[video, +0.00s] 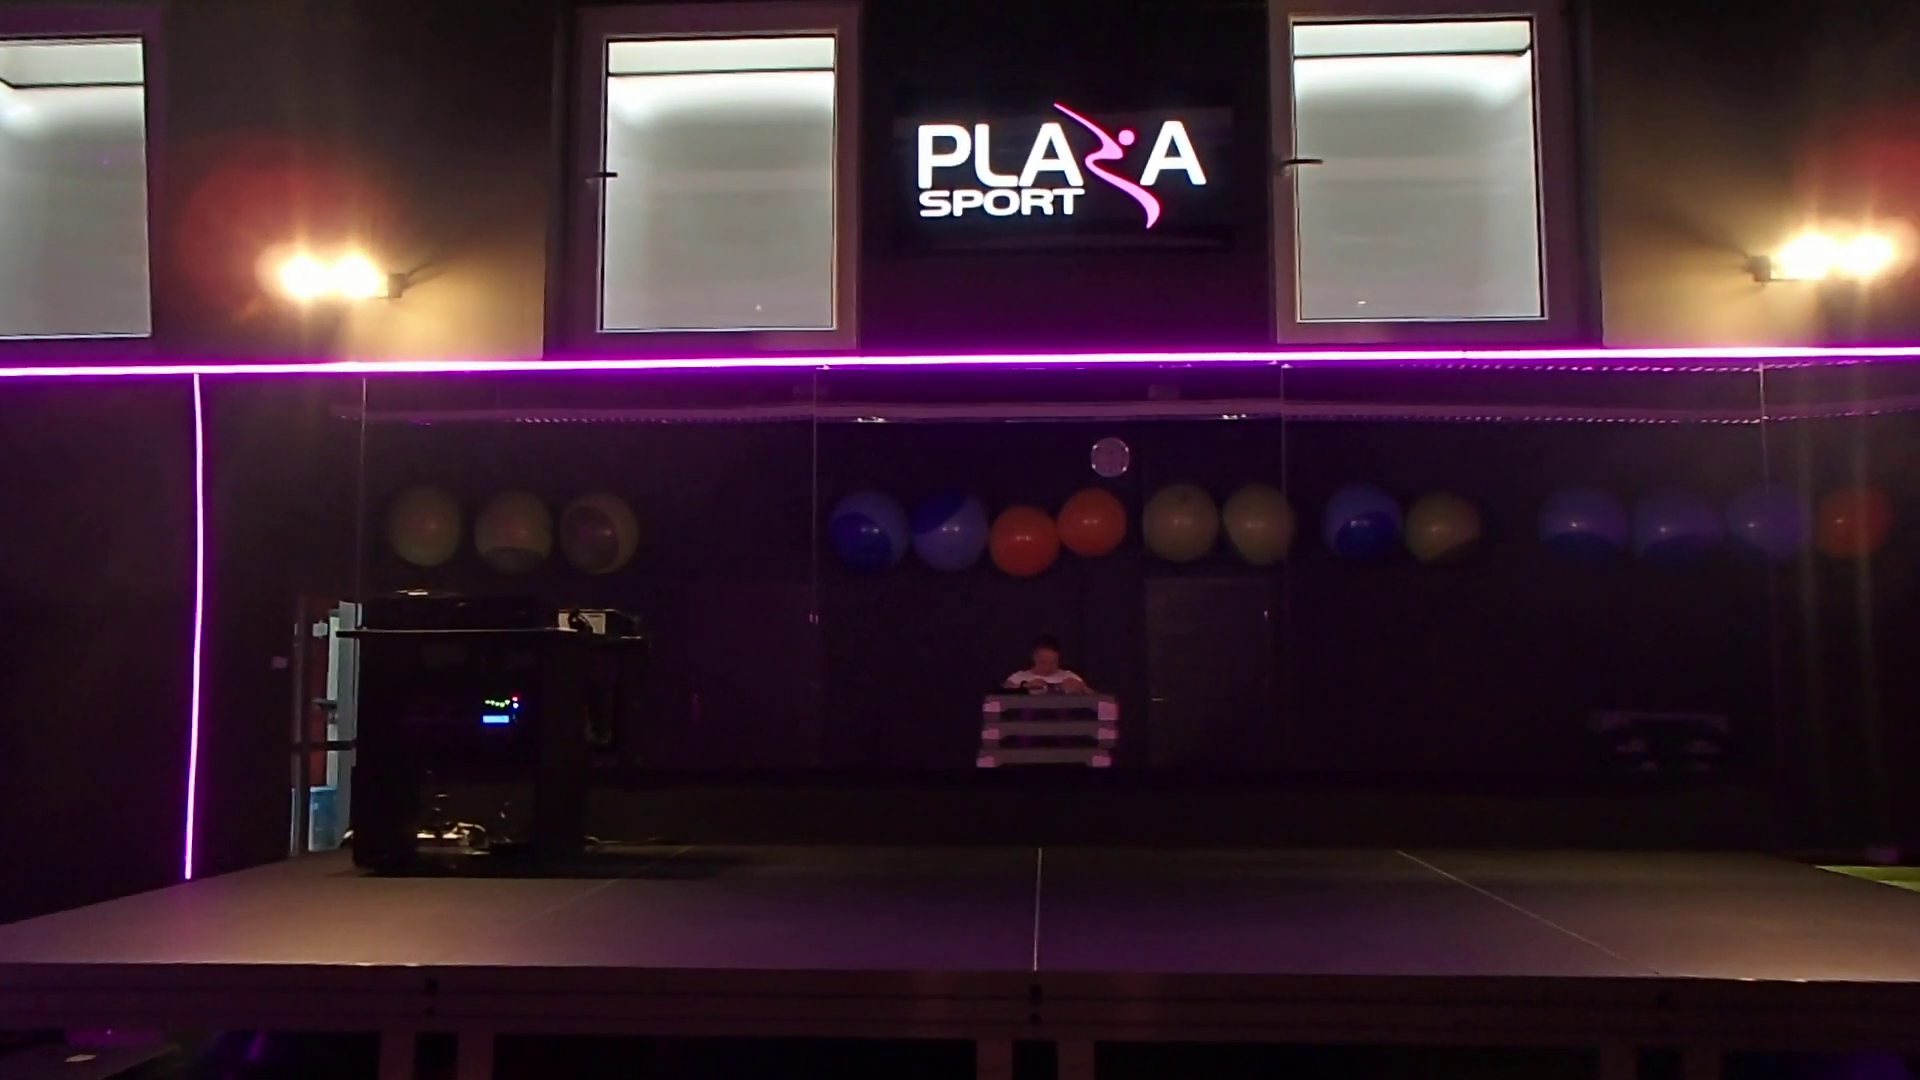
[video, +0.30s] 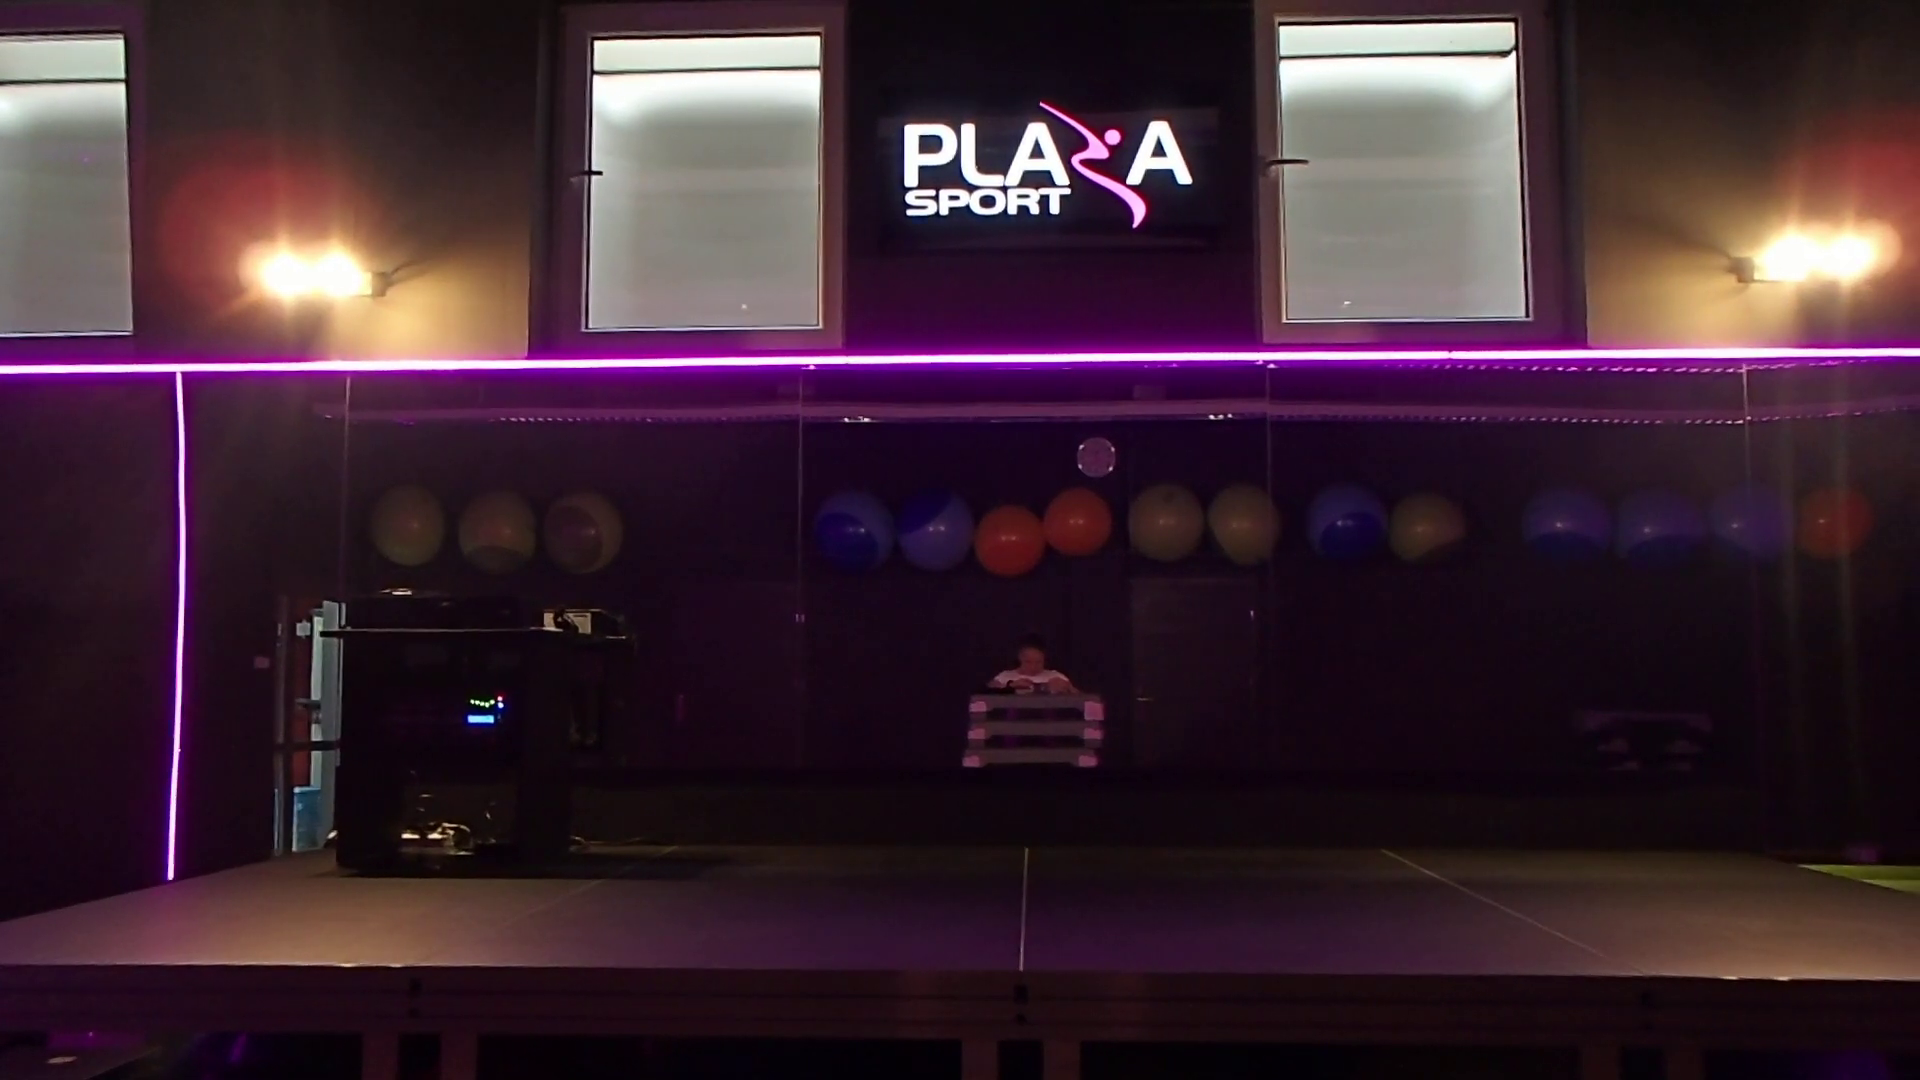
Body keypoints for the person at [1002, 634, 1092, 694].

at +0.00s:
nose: (1047, 666)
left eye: (1052, 662)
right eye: (1042, 662)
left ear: (1058, 660)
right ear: (1034, 659)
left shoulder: (1068, 677)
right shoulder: (1020, 677)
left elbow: (1092, 697)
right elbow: (1004, 692)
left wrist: (1080, 689)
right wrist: (1025, 687)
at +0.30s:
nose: (1033, 666)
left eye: (1037, 662)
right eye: (1028, 662)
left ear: (1043, 660)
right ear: (1020, 659)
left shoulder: (1054, 677)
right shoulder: (1006, 677)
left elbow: (1079, 697)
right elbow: (989, 692)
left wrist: (1065, 689)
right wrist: (1011, 687)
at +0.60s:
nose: (1023, 666)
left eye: (1027, 662)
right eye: (1018, 662)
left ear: (1033, 660)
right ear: (1010, 659)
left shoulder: (1044, 677)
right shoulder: (995, 677)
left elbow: (1069, 698)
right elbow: (978, 690)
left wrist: (1055, 689)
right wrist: (1001, 686)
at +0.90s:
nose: (1003, 669)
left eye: (1007, 664)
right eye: (998, 664)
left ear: (1012, 664)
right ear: (990, 664)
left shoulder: (1024, 679)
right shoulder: (976, 679)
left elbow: (1049, 701)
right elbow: (958, 694)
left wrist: (1033, 690)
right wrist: (981, 688)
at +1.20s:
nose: (973, 672)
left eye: (977, 668)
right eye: (969, 668)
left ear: (983, 667)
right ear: (963, 668)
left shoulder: (996, 685)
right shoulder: (948, 684)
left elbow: (1020, 706)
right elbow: (931, 699)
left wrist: (1006, 697)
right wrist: (954, 694)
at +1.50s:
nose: (965, 672)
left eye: (969, 668)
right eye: (961, 668)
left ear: (975, 668)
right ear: (954, 667)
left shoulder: (988, 686)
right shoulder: (938, 685)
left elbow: (1011, 707)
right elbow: (922, 704)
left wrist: (997, 697)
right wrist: (944, 695)